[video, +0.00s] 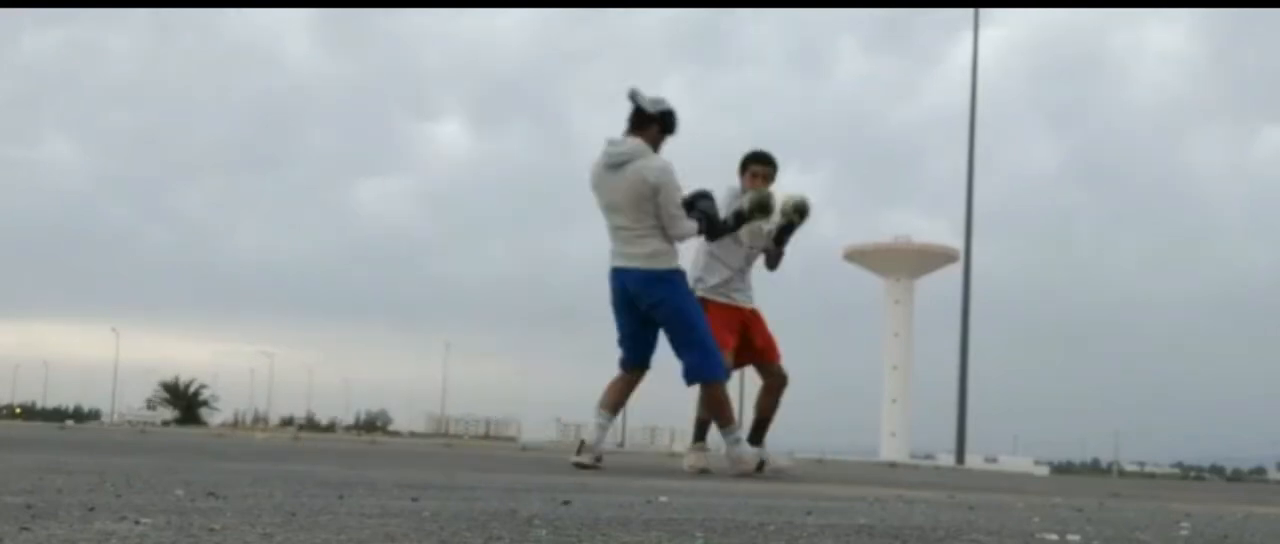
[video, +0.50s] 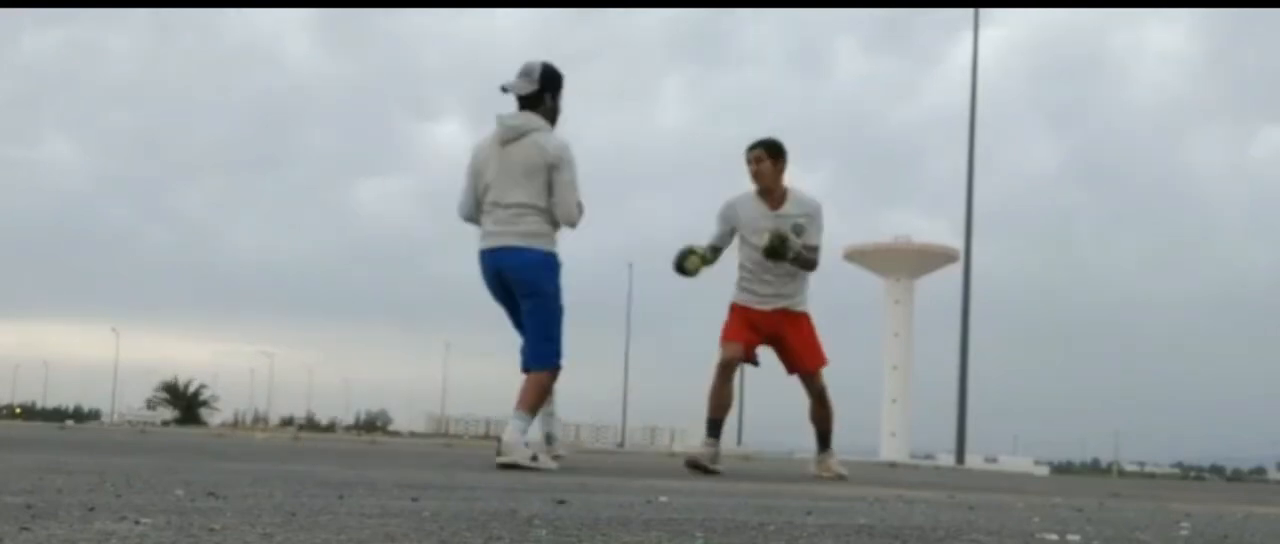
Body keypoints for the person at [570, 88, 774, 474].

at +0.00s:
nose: (662, 145)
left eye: (664, 137)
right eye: (663, 136)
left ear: (631, 125)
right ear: (653, 129)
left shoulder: (601, 168)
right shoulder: (656, 169)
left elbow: (629, 211)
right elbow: (677, 230)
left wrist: (681, 206)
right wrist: (702, 219)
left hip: (623, 276)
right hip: (661, 278)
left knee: (632, 365)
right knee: (708, 363)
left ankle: (592, 444)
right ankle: (738, 450)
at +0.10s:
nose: (604, 127)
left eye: (577, 125)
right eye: (604, 121)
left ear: (572, 128)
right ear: (606, 123)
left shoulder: (567, 183)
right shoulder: (634, 166)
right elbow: (667, 217)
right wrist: (686, 196)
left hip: (603, 278)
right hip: (647, 275)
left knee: (620, 364)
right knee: (712, 347)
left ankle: (595, 444)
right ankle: (691, 435)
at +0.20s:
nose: (560, 132)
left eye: (550, 129)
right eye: (571, 124)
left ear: (545, 133)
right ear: (579, 124)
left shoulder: (541, 185)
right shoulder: (614, 163)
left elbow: (560, 232)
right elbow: (646, 215)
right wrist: (645, 185)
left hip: (584, 270)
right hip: (627, 265)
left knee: (605, 361)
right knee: (672, 346)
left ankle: (594, 444)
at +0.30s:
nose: (555, 120)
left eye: (540, 115)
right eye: (563, 112)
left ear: (533, 120)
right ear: (570, 112)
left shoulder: (528, 174)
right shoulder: (600, 154)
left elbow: (536, 233)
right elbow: (631, 211)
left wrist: (560, 209)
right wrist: (599, 200)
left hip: (568, 264)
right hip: (611, 259)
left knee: (594, 355)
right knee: (631, 355)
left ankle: (588, 446)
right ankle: (583, 398)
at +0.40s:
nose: (567, 102)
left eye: (556, 97)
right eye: (565, 97)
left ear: (526, 101)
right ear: (561, 98)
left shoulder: (507, 156)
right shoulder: (579, 145)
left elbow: (502, 221)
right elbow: (608, 205)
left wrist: (531, 200)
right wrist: (581, 186)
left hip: (535, 256)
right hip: (577, 254)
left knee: (568, 348)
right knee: (570, 350)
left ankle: (582, 439)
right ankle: (533, 424)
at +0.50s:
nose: (562, 107)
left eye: (557, 100)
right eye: (560, 100)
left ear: (518, 98)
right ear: (552, 101)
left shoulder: (486, 145)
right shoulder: (554, 146)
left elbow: (468, 209)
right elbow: (567, 213)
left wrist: (500, 213)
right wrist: (571, 202)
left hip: (492, 255)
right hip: (534, 255)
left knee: (537, 344)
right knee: (544, 352)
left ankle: (544, 434)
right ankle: (516, 438)